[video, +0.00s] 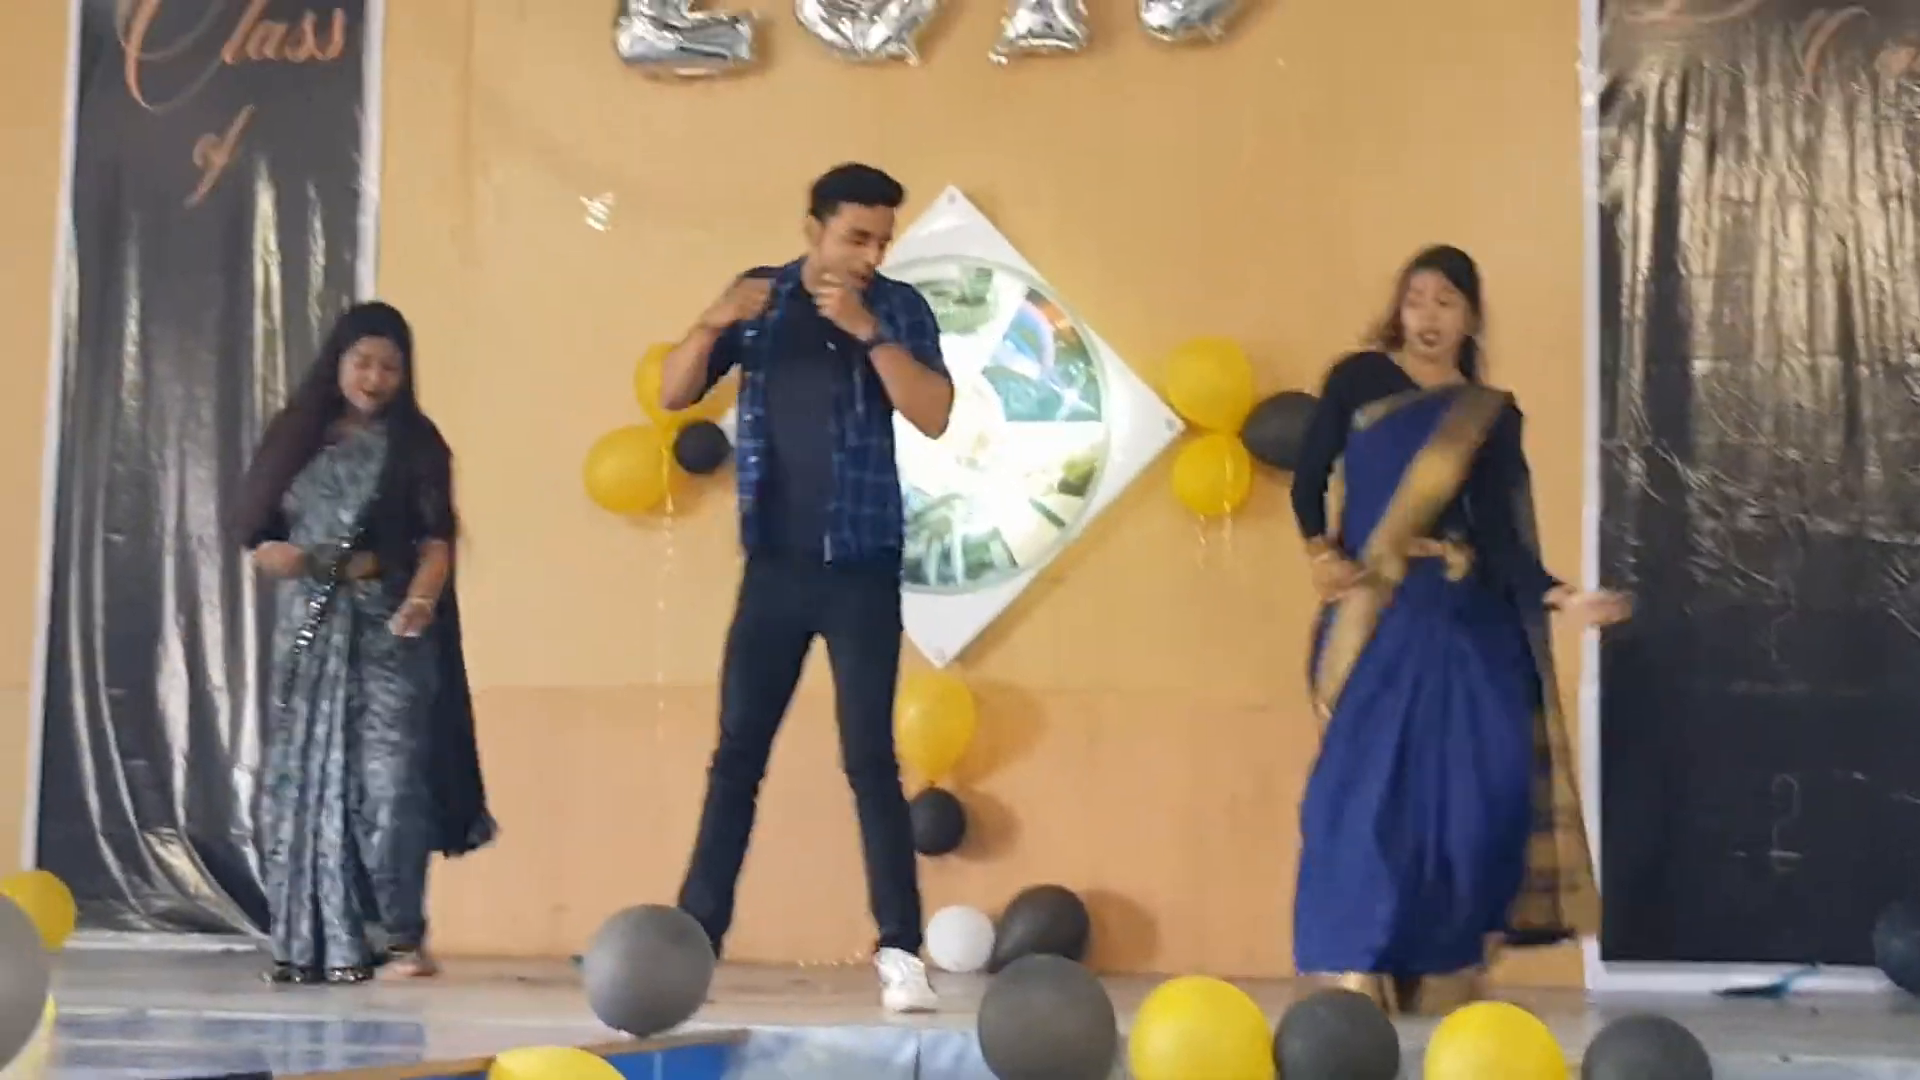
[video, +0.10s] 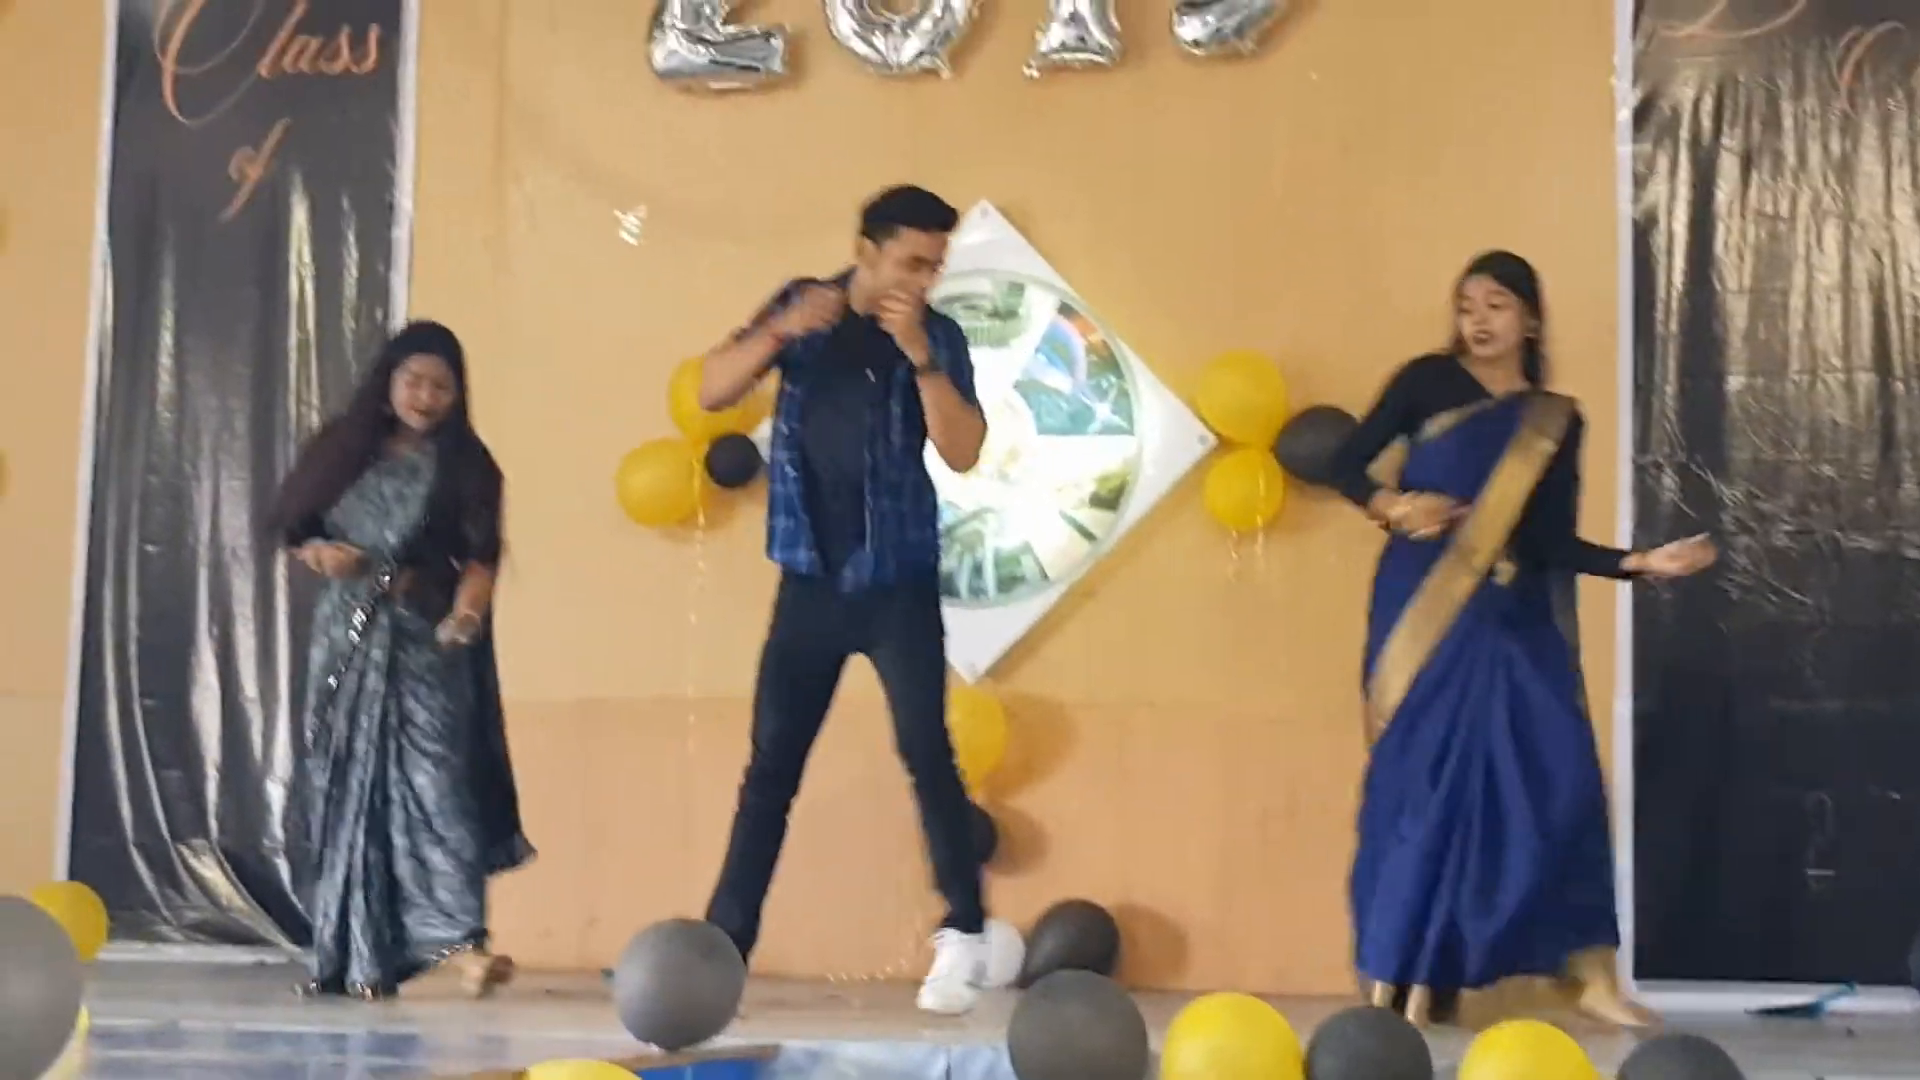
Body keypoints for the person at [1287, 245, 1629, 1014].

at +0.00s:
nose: (1427, 315)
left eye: (1444, 302)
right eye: (1415, 299)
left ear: (1470, 318)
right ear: (1397, 308)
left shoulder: (1491, 412)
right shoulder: (1357, 379)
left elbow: (1504, 539)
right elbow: (1308, 476)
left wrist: (1561, 597)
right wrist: (1320, 549)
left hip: (1471, 610)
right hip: (1379, 607)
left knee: (1485, 779)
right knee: (1372, 779)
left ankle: (1452, 961)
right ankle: (1364, 967)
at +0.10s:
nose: (1477, 319)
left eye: (1495, 306)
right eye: (1466, 306)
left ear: (1530, 318)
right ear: (1453, 317)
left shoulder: (1554, 418)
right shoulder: (1425, 380)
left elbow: (1551, 542)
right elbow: (1346, 469)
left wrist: (1638, 563)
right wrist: (1388, 508)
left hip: (1519, 613)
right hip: (1426, 606)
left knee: (1569, 778)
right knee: (1424, 782)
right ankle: (1397, 986)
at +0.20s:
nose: (1532, 325)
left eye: (1549, 311)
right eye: (1522, 312)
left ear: (1587, 322)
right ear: (1512, 321)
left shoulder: (1619, 421)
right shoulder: (1488, 390)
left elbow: (1606, 543)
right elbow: (1412, 481)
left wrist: (1707, 550)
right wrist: (1477, 482)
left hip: (1562, 613)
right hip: (1470, 604)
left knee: (1618, 772)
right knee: (1469, 783)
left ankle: (1697, 978)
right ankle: (1447, 992)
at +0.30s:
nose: (1579, 343)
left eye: (1596, 328)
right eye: (1570, 330)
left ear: (1639, 342)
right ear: (1562, 343)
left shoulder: (1672, 443)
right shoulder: (1539, 421)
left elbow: (1667, 569)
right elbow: (1485, 531)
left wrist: (1768, 576)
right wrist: (1561, 515)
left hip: (1627, 639)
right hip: (1535, 634)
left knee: (1676, 803)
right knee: (1533, 811)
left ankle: (1738, 1014)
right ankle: (1539, 1015)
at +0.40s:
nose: (1627, 360)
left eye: (1644, 346)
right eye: (1618, 348)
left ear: (1687, 359)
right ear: (1611, 362)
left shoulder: (1724, 463)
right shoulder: (1588, 442)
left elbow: (1730, 591)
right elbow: (1549, 564)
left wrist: (1827, 591)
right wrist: (1625, 552)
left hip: (1693, 658)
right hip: (1605, 654)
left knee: (1723, 827)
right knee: (1604, 831)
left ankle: (1727, 1031)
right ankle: (1602, 1031)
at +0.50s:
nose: (1660, 364)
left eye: (1678, 349)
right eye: (1651, 352)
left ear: (1721, 362)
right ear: (1644, 367)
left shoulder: (1767, 462)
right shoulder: (1618, 446)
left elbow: (1786, 586)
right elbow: (1558, 557)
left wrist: (1866, 566)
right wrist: (1638, 537)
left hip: (1741, 669)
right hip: (1641, 670)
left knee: (1760, 844)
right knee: (1659, 851)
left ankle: (1760, 1047)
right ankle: (1650, 1041)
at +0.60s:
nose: (1677, 356)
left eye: (1694, 342)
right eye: (1669, 344)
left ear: (1739, 354)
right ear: (1660, 358)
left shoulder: (1788, 444)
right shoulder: (1636, 436)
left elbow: (1830, 565)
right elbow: (1562, 539)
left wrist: (1878, 539)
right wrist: (1632, 527)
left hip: (1767, 674)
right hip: (1664, 674)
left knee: (1772, 854)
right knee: (1682, 863)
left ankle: (1774, 1056)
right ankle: (1686, 1055)